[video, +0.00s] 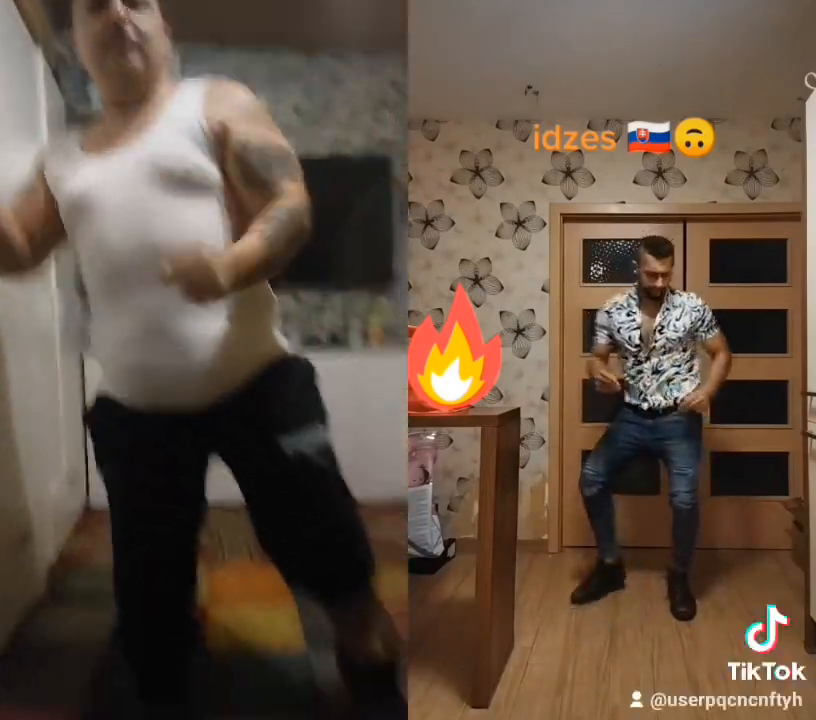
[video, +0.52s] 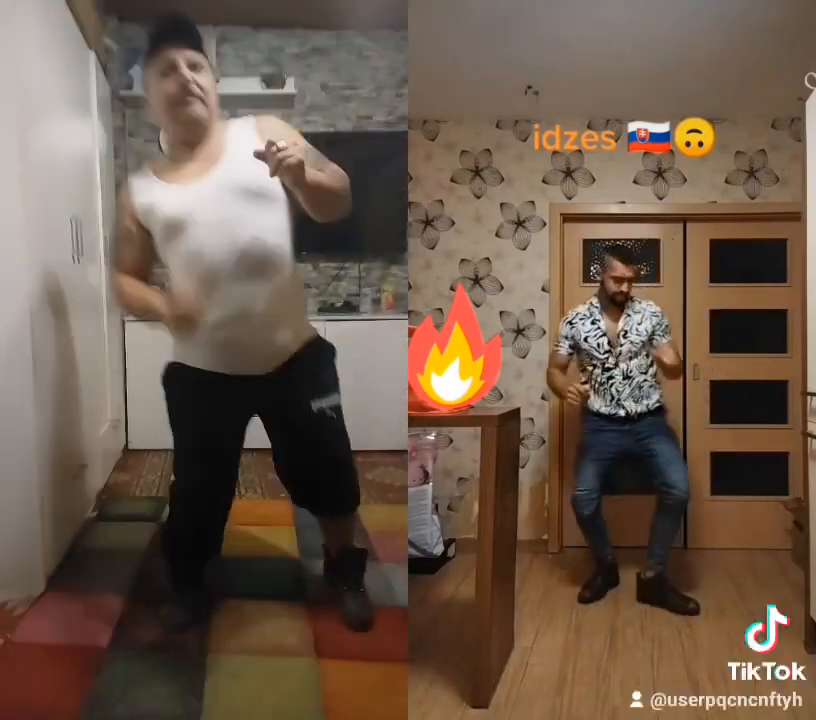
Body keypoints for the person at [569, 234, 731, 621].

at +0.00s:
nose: (659, 284)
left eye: (665, 276)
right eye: (651, 276)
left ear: (672, 272)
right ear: (637, 271)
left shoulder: (691, 308)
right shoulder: (613, 312)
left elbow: (722, 353)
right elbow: (597, 360)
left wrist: (707, 391)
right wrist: (603, 374)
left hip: (679, 419)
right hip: (632, 418)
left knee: (684, 498)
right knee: (592, 478)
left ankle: (680, 578)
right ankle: (610, 567)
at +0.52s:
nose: (623, 288)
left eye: (629, 281)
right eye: (616, 280)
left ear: (635, 282)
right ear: (600, 280)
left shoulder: (649, 314)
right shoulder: (578, 321)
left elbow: (674, 372)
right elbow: (555, 370)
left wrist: (669, 362)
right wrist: (566, 388)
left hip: (649, 422)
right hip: (602, 425)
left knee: (677, 490)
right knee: (584, 498)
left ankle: (654, 579)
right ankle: (605, 570)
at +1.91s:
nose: (644, 261)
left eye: (650, 255)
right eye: (638, 254)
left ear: (657, 261)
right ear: (625, 258)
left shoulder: (667, 301)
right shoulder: (601, 298)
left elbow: (675, 340)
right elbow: (579, 348)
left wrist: (674, 363)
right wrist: (610, 355)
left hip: (657, 407)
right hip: (611, 405)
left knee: (673, 480)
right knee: (602, 483)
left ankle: (671, 561)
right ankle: (607, 566)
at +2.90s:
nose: (646, 265)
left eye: (653, 259)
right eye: (640, 260)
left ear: (665, 263)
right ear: (634, 265)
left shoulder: (689, 302)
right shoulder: (619, 310)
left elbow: (702, 354)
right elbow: (604, 354)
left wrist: (659, 339)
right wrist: (605, 376)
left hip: (678, 414)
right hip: (631, 412)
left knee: (689, 488)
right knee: (603, 478)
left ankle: (673, 564)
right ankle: (617, 565)